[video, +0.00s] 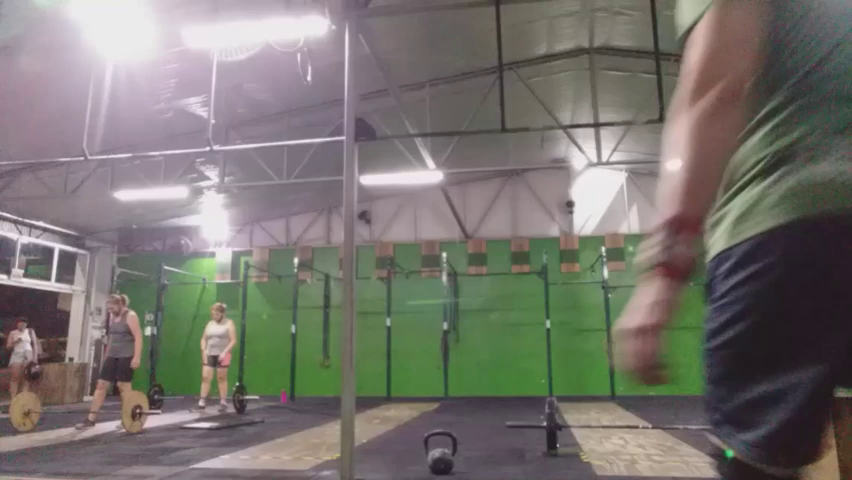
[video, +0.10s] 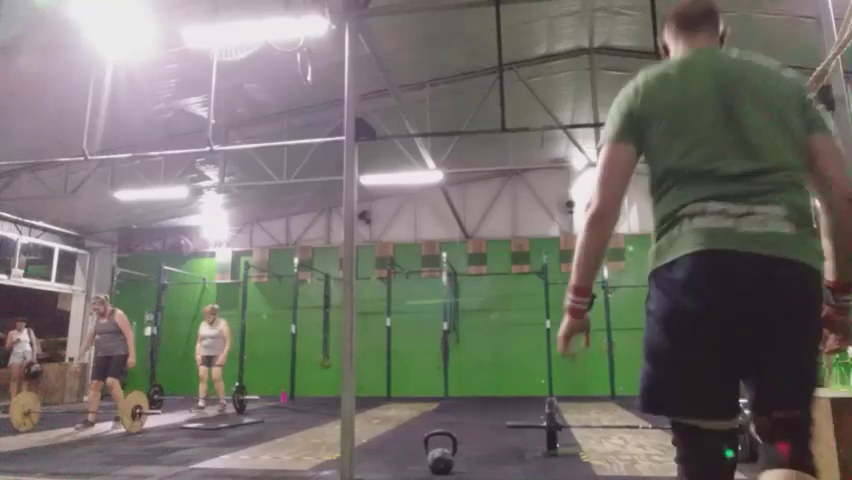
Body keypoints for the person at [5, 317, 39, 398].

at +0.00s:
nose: (22, 325)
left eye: (24, 323)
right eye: (20, 323)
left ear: (26, 324)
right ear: (17, 324)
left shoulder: (30, 332)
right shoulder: (13, 333)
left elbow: (35, 345)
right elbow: (8, 347)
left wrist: (35, 359)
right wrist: (16, 342)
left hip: (28, 357)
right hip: (16, 357)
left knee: (27, 378)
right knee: (14, 378)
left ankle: (25, 398)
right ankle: (13, 400)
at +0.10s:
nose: (20, 325)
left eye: (22, 323)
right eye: (19, 323)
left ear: (25, 324)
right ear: (16, 324)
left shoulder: (29, 331)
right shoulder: (11, 333)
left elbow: (34, 345)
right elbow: (7, 347)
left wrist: (34, 358)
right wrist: (14, 342)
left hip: (27, 357)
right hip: (16, 357)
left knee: (26, 378)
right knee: (14, 378)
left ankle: (24, 398)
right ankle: (13, 400)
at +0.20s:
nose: (22, 324)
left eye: (24, 322)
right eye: (21, 322)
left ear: (27, 323)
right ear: (18, 323)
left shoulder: (31, 332)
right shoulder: (13, 333)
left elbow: (36, 345)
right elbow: (7, 347)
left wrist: (35, 357)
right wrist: (12, 344)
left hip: (28, 356)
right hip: (16, 356)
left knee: (24, 378)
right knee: (14, 378)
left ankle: (22, 398)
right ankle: (13, 400)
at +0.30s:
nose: (29, 324)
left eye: (32, 322)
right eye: (28, 321)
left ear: (34, 323)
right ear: (25, 322)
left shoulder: (36, 331)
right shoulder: (20, 331)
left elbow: (39, 343)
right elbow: (6, 339)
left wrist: (39, 354)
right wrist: (9, 351)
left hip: (31, 356)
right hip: (20, 355)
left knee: (27, 377)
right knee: (19, 377)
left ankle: (24, 397)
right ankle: (14, 397)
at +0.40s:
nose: (33, 324)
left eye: (35, 322)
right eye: (32, 322)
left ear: (37, 323)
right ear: (28, 322)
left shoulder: (38, 331)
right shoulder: (23, 330)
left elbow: (41, 344)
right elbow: (8, 337)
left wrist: (40, 355)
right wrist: (14, 348)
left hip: (32, 355)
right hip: (22, 354)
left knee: (28, 376)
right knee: (22, 376)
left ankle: (23, 396)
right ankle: (15, 395)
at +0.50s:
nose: (33, 324)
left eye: (35, 322)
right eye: (31, 321)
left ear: (37, 323)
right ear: (28, 322)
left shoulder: (38, 331)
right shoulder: (23, 330)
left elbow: (41, 344)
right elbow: (7, 336)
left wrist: (40, 355)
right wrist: (14, 347)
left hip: (32, 355)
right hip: (22, 354)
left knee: (27, 376)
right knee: (22, 376)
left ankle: (23, 395)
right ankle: (15, 395)